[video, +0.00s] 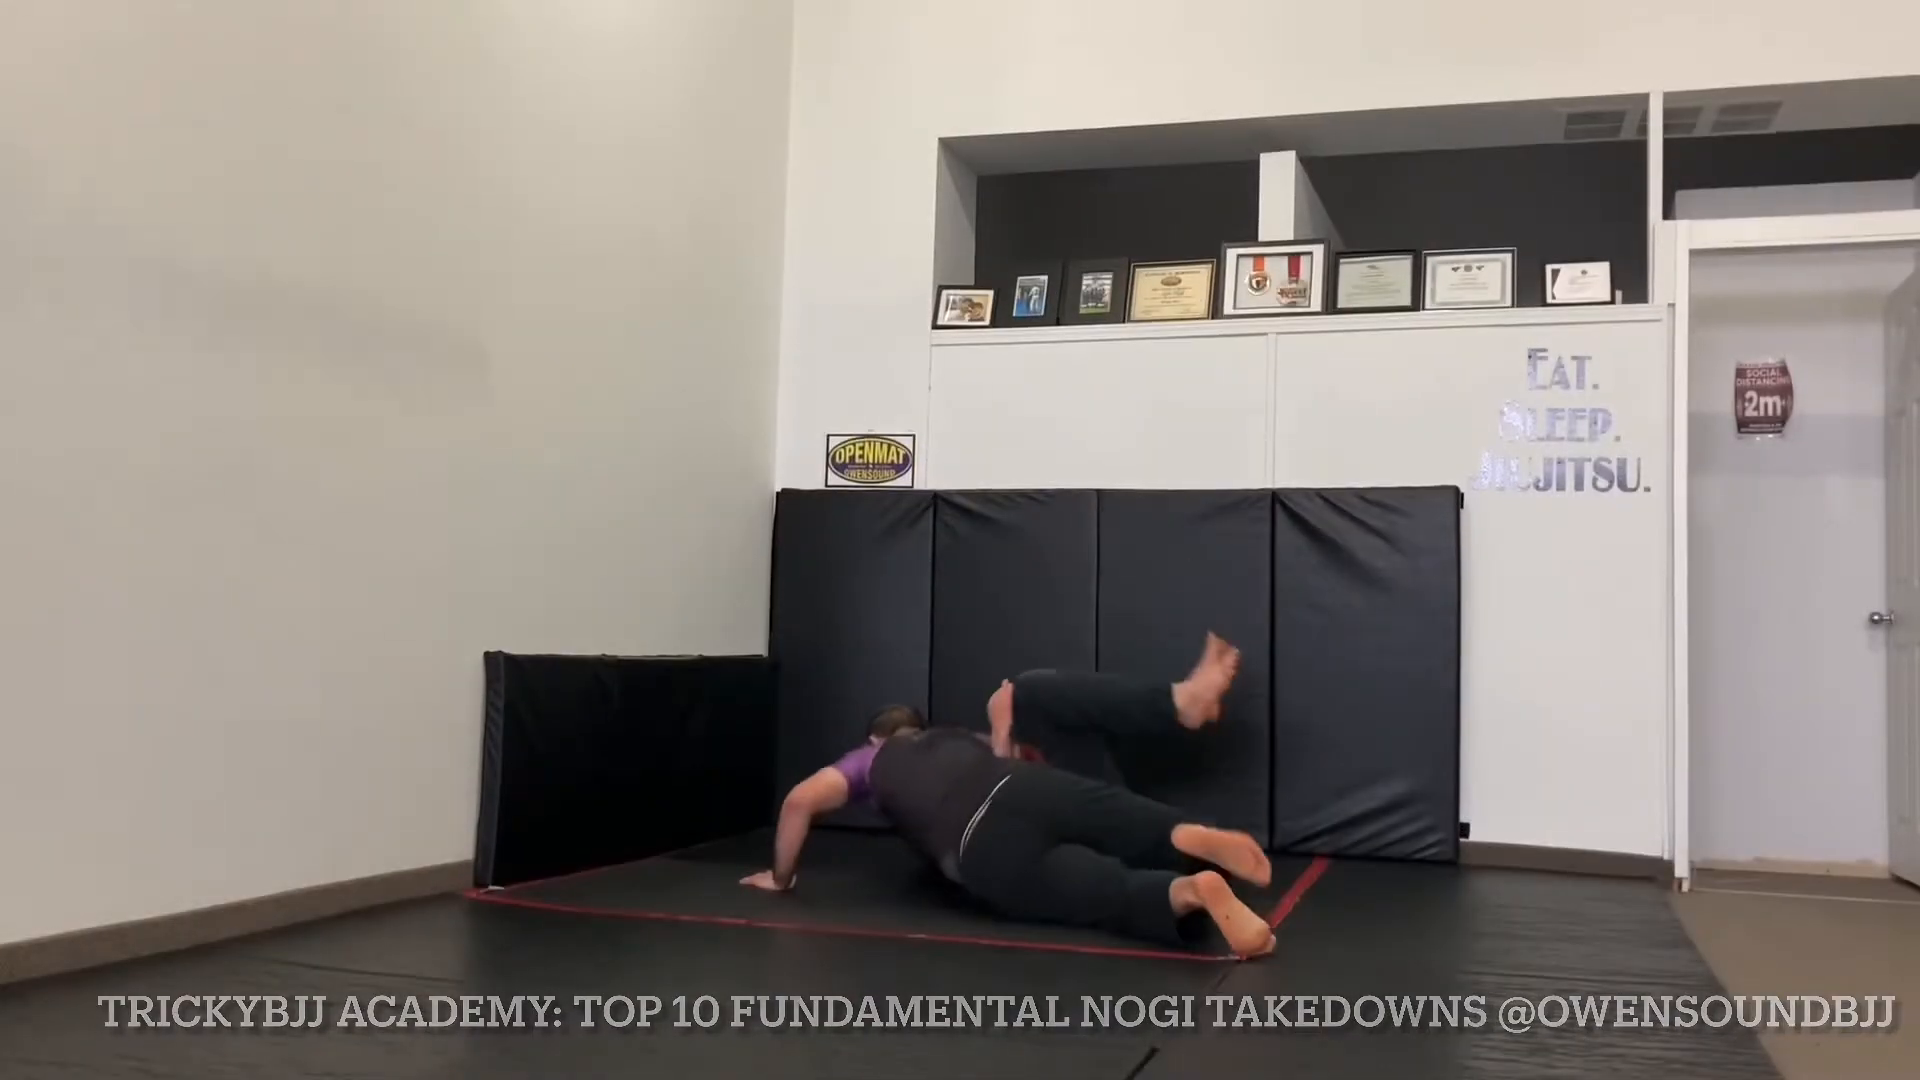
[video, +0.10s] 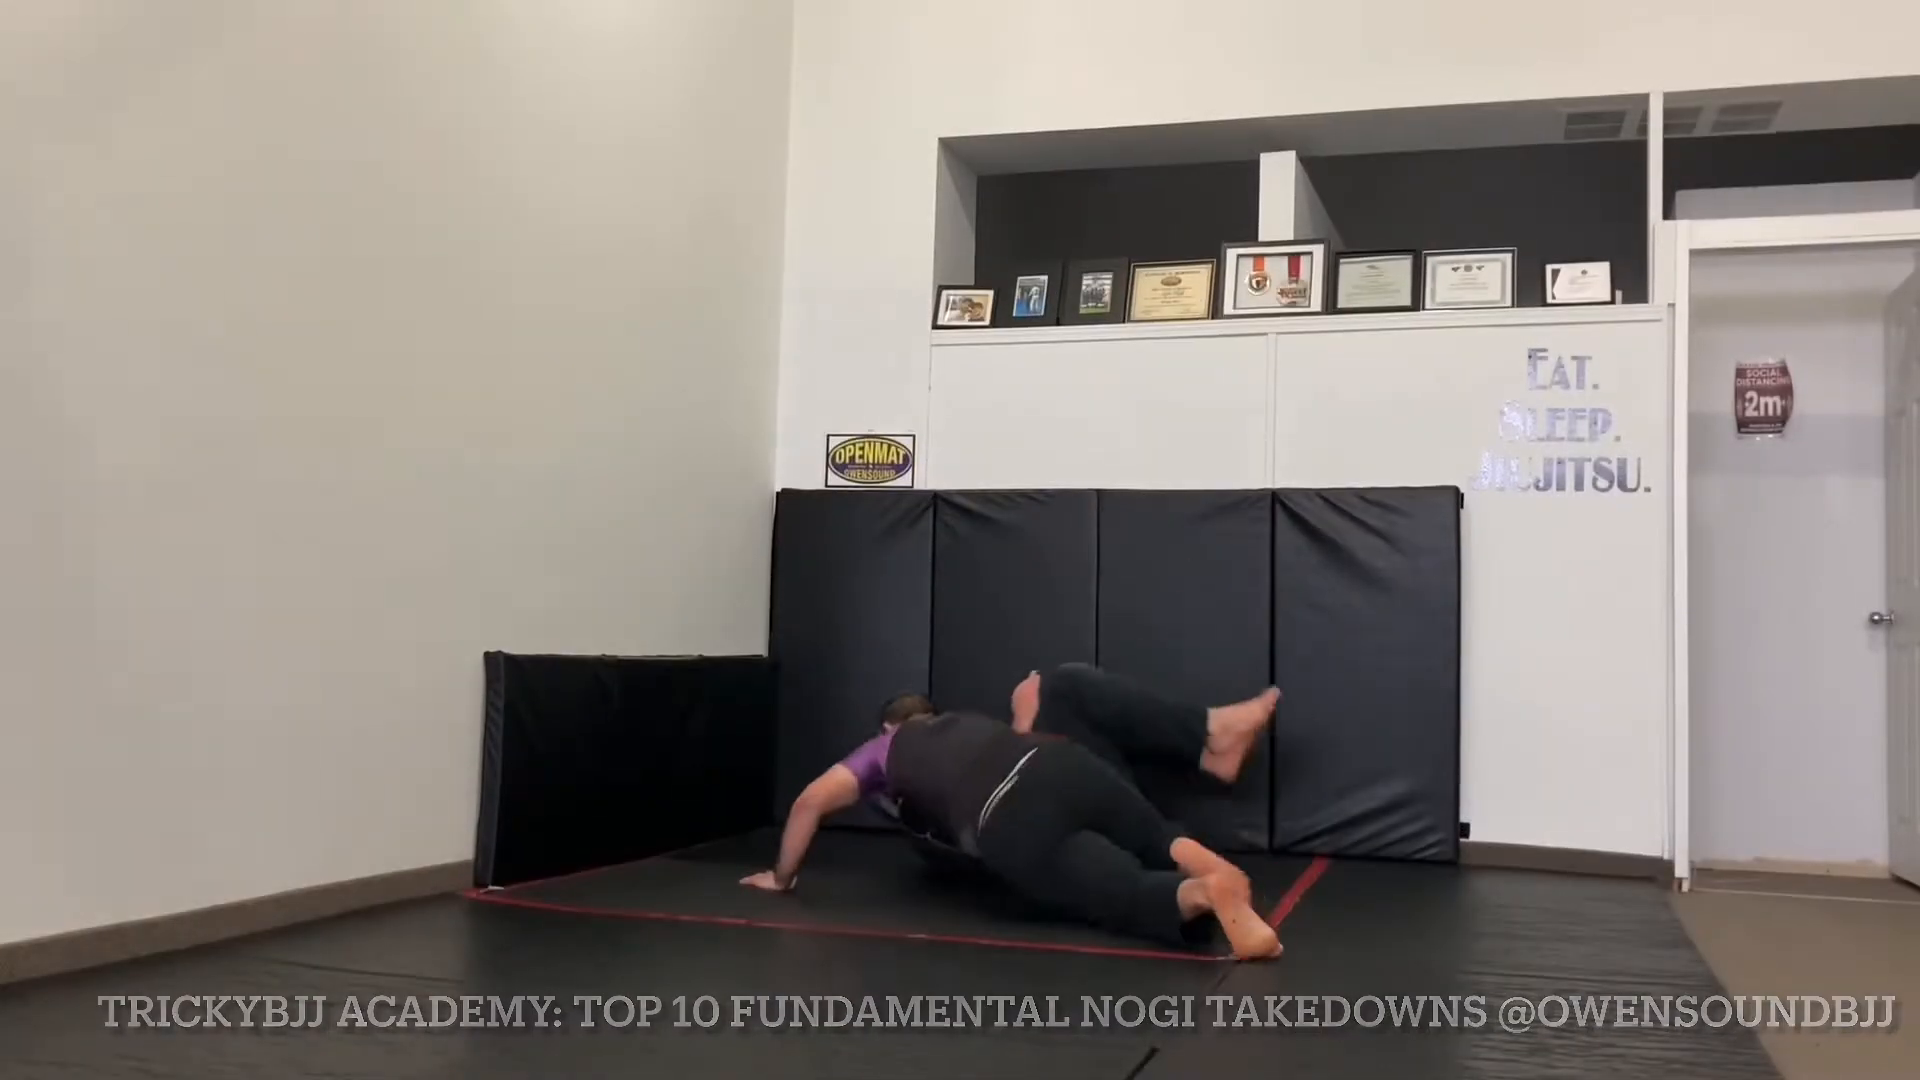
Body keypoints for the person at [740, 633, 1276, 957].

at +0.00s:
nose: (880, 752)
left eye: (873, 747)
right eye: (910, 736)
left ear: (875, 740)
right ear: (921, 725)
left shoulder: (870, 761)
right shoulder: (955, 742)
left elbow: (799, 802)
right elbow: (1005, 770)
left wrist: (781, 876)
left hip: (983, 851)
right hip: (1021, 796)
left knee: (1108, 890)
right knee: (1116, 813)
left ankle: (1197, 895)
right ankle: (1194, 835)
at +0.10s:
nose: (881, 740)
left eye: (883, 731)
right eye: (898, 722)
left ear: (891, 729)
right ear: (936, 712)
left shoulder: (886, 749)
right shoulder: (972, 726)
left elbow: (811, 801)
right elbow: (1021, 763)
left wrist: (783, 874)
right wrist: (1029, 719)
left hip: (1010, 825)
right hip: (1061, 765)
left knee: (1123, 892)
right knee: (1154, 836)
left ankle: (1200, 895)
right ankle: (1220, 880)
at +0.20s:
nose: (895, 736)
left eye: (896, 726)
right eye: (910, 718)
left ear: (904, 720)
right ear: (949, 705)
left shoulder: (901, 739)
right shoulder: (992, 714)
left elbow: (828, 804)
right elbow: (1055, 768)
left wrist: (785, 874)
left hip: (1039, 780)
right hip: (1100, 739)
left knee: (1126, 888)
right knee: (1128, 848)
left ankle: (1232, 883)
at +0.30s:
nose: (905, 725)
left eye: (907, 715)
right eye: (914, 712)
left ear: (919, 710)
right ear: (962, 695)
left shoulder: (917, 733)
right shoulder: (1005, 709)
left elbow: (849, 807)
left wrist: (789, 872)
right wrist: (1075, 706)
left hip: (1077, 757)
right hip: (1125, 740)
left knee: (1116, 872)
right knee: (1139, 852)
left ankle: (1271, 881)